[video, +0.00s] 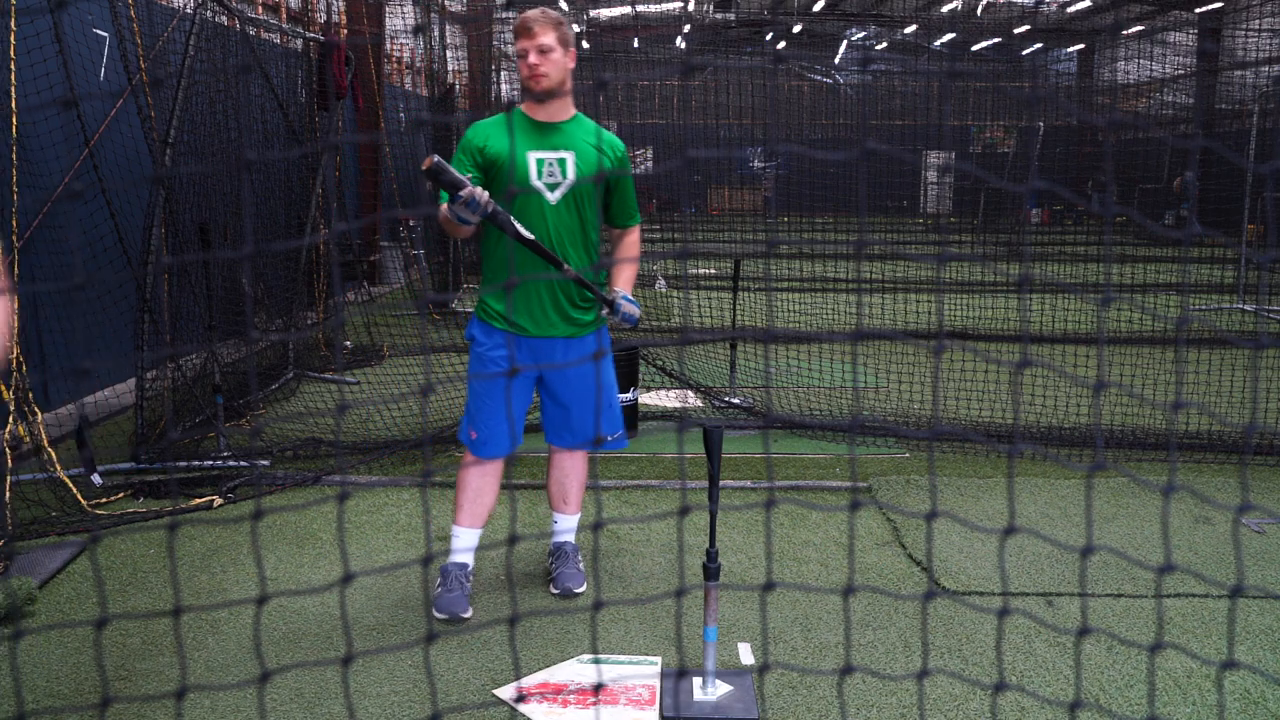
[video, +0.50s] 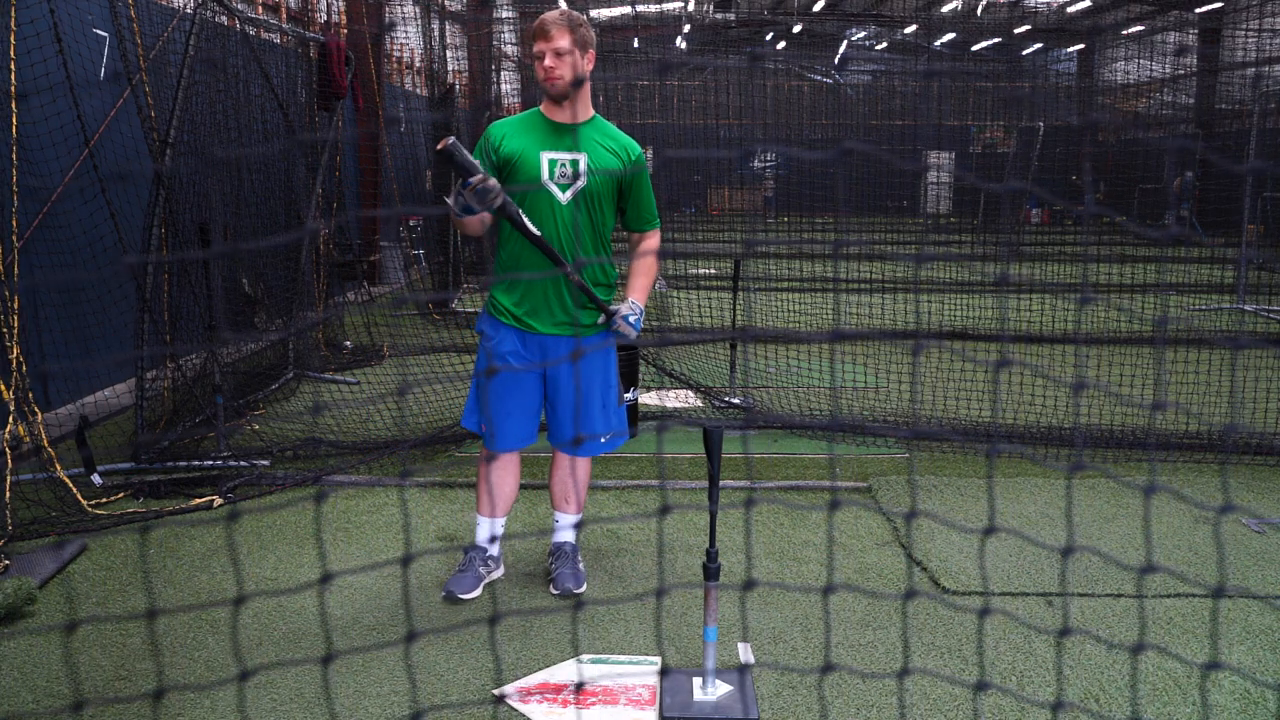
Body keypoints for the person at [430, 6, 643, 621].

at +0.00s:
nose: (533, 62)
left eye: (545, 51)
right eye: (523, 54)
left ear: (572, 58)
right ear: (516, 64)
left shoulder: (605, 148)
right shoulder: (485, 137)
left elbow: (628, 231)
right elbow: (453, 226)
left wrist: (621, 291)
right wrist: (465, 212)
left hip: (577, 323)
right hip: (500, 321)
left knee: (573, 438)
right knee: (483, 443)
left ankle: (565, 548)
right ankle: (458, 564)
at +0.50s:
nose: (548, 66)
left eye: (559, 55)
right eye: (539, 57)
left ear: (587, 59)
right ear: (531, 65)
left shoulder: (623, 153)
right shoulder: (502, 138)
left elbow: (647, 240)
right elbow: (473, 228)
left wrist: (632, 305)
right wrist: (472, 207)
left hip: (586, 324)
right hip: (511, 320)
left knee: (575, 440)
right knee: (500, 441)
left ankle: (565, 546)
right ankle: (486, 550)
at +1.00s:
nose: (546, 64)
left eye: (557, 54)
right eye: (538, 56)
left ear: (585, 59)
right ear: (530, 65)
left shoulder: (623, 152)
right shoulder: (502, 140)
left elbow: (652, 240)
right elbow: (468, 229)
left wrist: (630, 304)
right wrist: (477, 224)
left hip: (585, 325)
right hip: (511, 320)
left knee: (573, 444)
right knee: (499, 441)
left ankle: (566, 547)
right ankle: (485, 550)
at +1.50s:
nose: (547, 67)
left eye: (557, 56)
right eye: (537, 59)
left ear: (584, 59)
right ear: (529, 67)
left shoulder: (621, 151)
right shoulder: (502, 142)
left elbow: (641, 240)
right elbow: (477, 236)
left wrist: (629, 295)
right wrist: (477, 217)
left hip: (587, 326)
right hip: (513, 321)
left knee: (576, 439)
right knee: (501, 439)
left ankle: (565, 546)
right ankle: (486, 551)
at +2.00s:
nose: (551, 60)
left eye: (562, 49)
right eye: (540, 53)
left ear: (585, 57)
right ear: (529, 66)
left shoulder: (622, 148)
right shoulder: (500, 143)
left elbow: (648, 229)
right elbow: (477, 233)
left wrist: (638, 285)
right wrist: (477, 214)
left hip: (589, 322)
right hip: (515, 319)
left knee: (578, 437)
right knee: (501, 437)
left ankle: (566, 546)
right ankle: (486, 551)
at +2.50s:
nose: (556, 60)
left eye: (566, 49)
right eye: (544, 52)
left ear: (587, 57)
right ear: (532, 64)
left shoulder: (622, 146)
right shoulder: (501, 139)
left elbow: (652, 226)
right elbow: (475, 231)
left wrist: (641, 281)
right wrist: (482, 195)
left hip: (590, 321)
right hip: (517, 318)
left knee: (576, 443)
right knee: (501, 444)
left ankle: (566, 547)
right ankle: (485, 552)